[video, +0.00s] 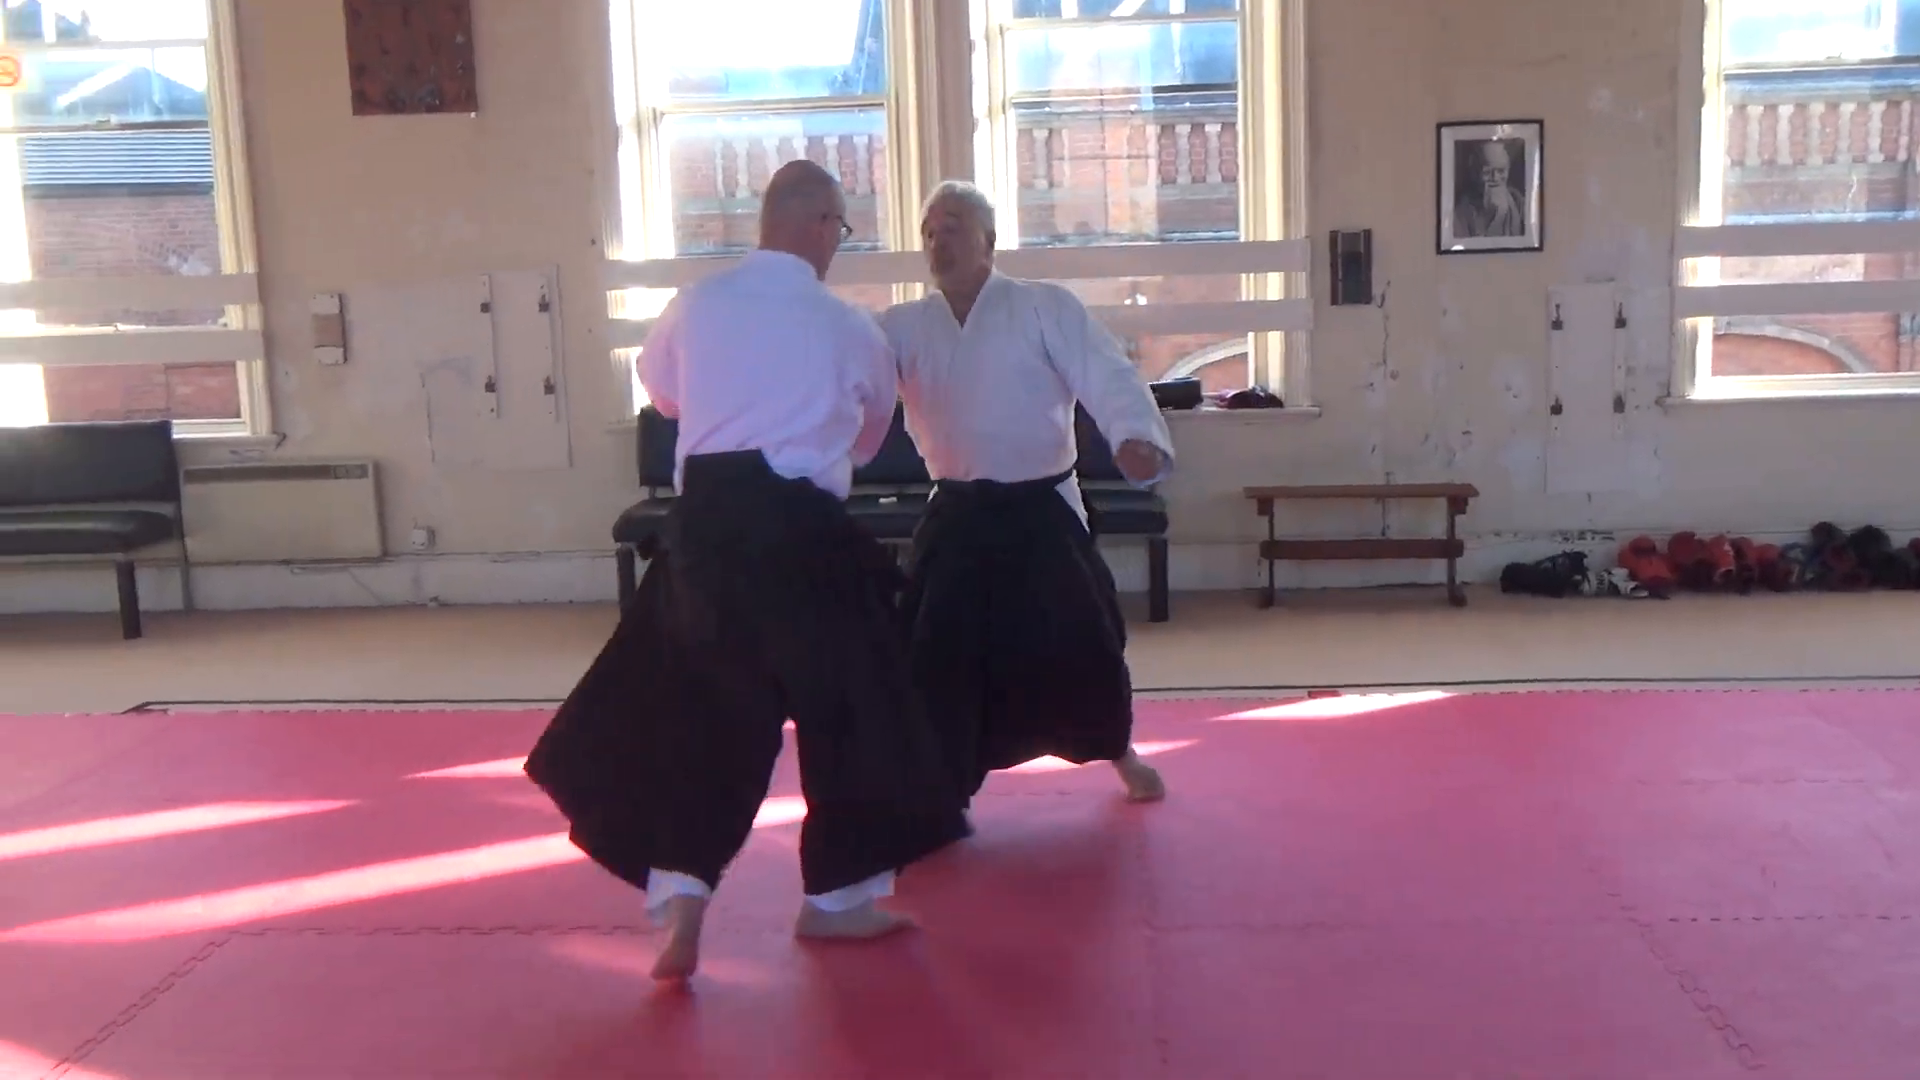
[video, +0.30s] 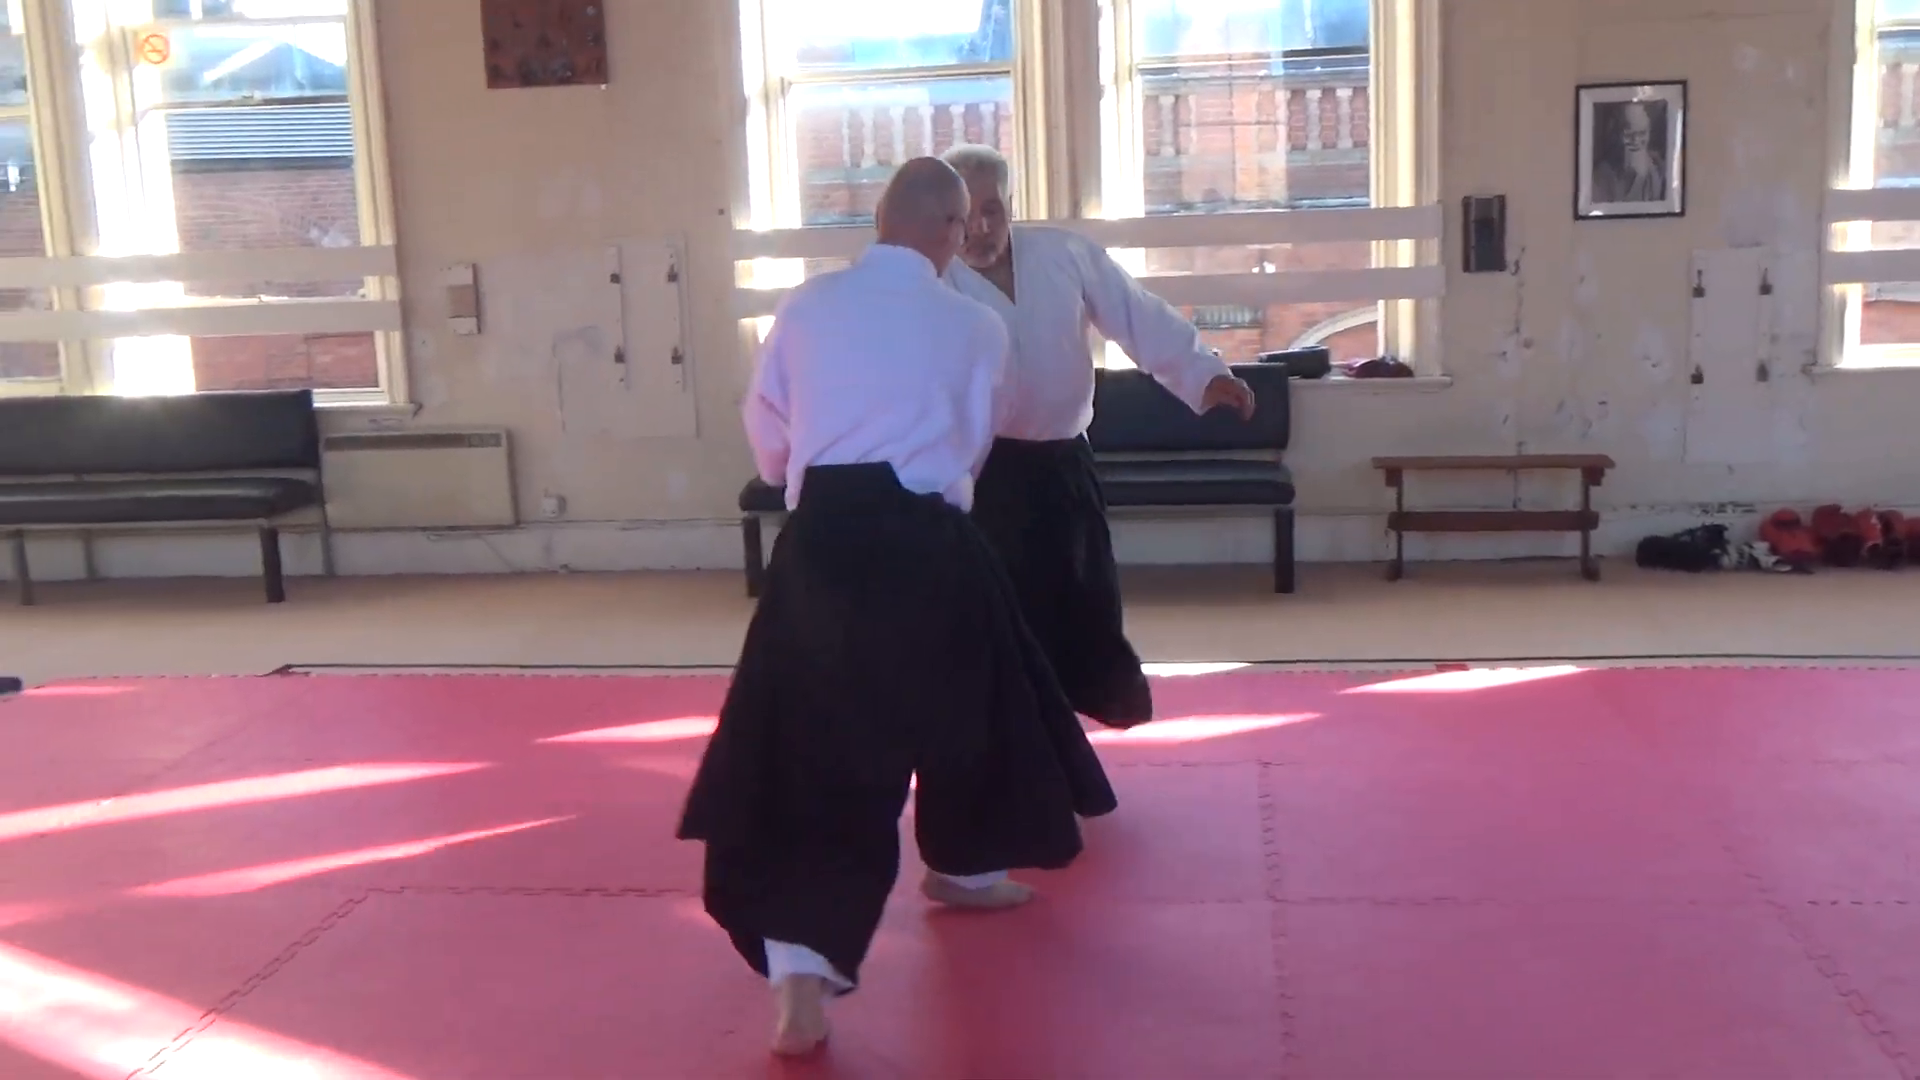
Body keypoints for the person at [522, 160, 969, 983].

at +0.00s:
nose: (839, 240)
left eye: (837, 227)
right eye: (840, 228)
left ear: (762, 224)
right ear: (825, 231)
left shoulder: (694, 304)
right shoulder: (852, 328)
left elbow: (659, 390)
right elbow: (869, 441)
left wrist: (737, 418)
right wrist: (797, 438)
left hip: (702, 519)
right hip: (801, 526)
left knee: (711, 708)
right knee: (846, 703)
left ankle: (682, 889)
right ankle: (838, 893)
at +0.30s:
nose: (967, 240)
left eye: (967, 225)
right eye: (965, 227)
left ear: (876, 221)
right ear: (950, 231)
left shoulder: (805, 308)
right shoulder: (980, 321)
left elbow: (767, 433)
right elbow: (979, 433)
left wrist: (818, 490)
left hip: (823, 540)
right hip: (935, 539)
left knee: (813, 744)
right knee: (962, 689)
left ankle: (796, 951)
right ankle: (958, 860)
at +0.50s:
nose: (1049, 247)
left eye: (1051, 230)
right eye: (1048, 230)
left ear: (955, 220)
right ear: (1029, 227)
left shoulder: (878, 317)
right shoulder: (1056, 337)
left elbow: (841, 457)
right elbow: (1075, 488)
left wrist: (856, 555)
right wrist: (1058, 579)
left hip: (885, 562)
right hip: (1001, 567)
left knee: (889, 771)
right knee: (1047, 707)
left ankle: (875, 979)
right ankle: (1081, 881)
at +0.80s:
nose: (1204, 242)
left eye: (1198, 228)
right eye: (1208, 230)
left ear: (1121, 219)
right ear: (1198, 233)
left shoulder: (1043, 313)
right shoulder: (1200, 328)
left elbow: (996, 434)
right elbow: (1256, 460)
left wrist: (1012, 527)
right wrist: (1260, 529)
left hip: (1036, 538)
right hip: (1146, 545)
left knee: (1054, 734)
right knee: (1186, 722)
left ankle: (983, 901)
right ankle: (1150, 904)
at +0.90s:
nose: (1244, 239)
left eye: (1243, 227)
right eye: (1244, 227)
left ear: (1159, 212)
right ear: (1234, 227)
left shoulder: (1087, 305)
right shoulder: (1234, 314)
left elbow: (1054, 425)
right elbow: (1298, 418)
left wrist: (1064, 504)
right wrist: (1310, 504)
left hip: (1075, 526)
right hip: (1177, 534)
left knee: (1087, 706)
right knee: (1204, 711)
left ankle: (1048, 877)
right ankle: (1162, 901)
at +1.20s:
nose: (1278, 242)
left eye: (1278, 230)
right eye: (1279, 230)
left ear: (1199, 221)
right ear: (1268, 231)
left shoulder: (1145, 316)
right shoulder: (1274, 309)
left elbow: (1141, 424)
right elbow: (1403, 360)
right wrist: (1435, 350)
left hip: (1145, 521)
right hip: (1228, 533)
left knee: (1209, 673)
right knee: (1276, 709)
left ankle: (1193, 811)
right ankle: (1204, 901)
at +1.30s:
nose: (1284, 239)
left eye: (1285, 225)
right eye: (1283, 225)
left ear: (1211, 216)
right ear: (1266, 224)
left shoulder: (1159, 315)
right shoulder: (1272, 300)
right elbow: (1376, 310)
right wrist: (1440, 296)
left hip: (1163, 519)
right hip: (1234, 531)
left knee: (1211, 677)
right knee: (1284, 708)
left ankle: (1205, 815)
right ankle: (1216, 899)